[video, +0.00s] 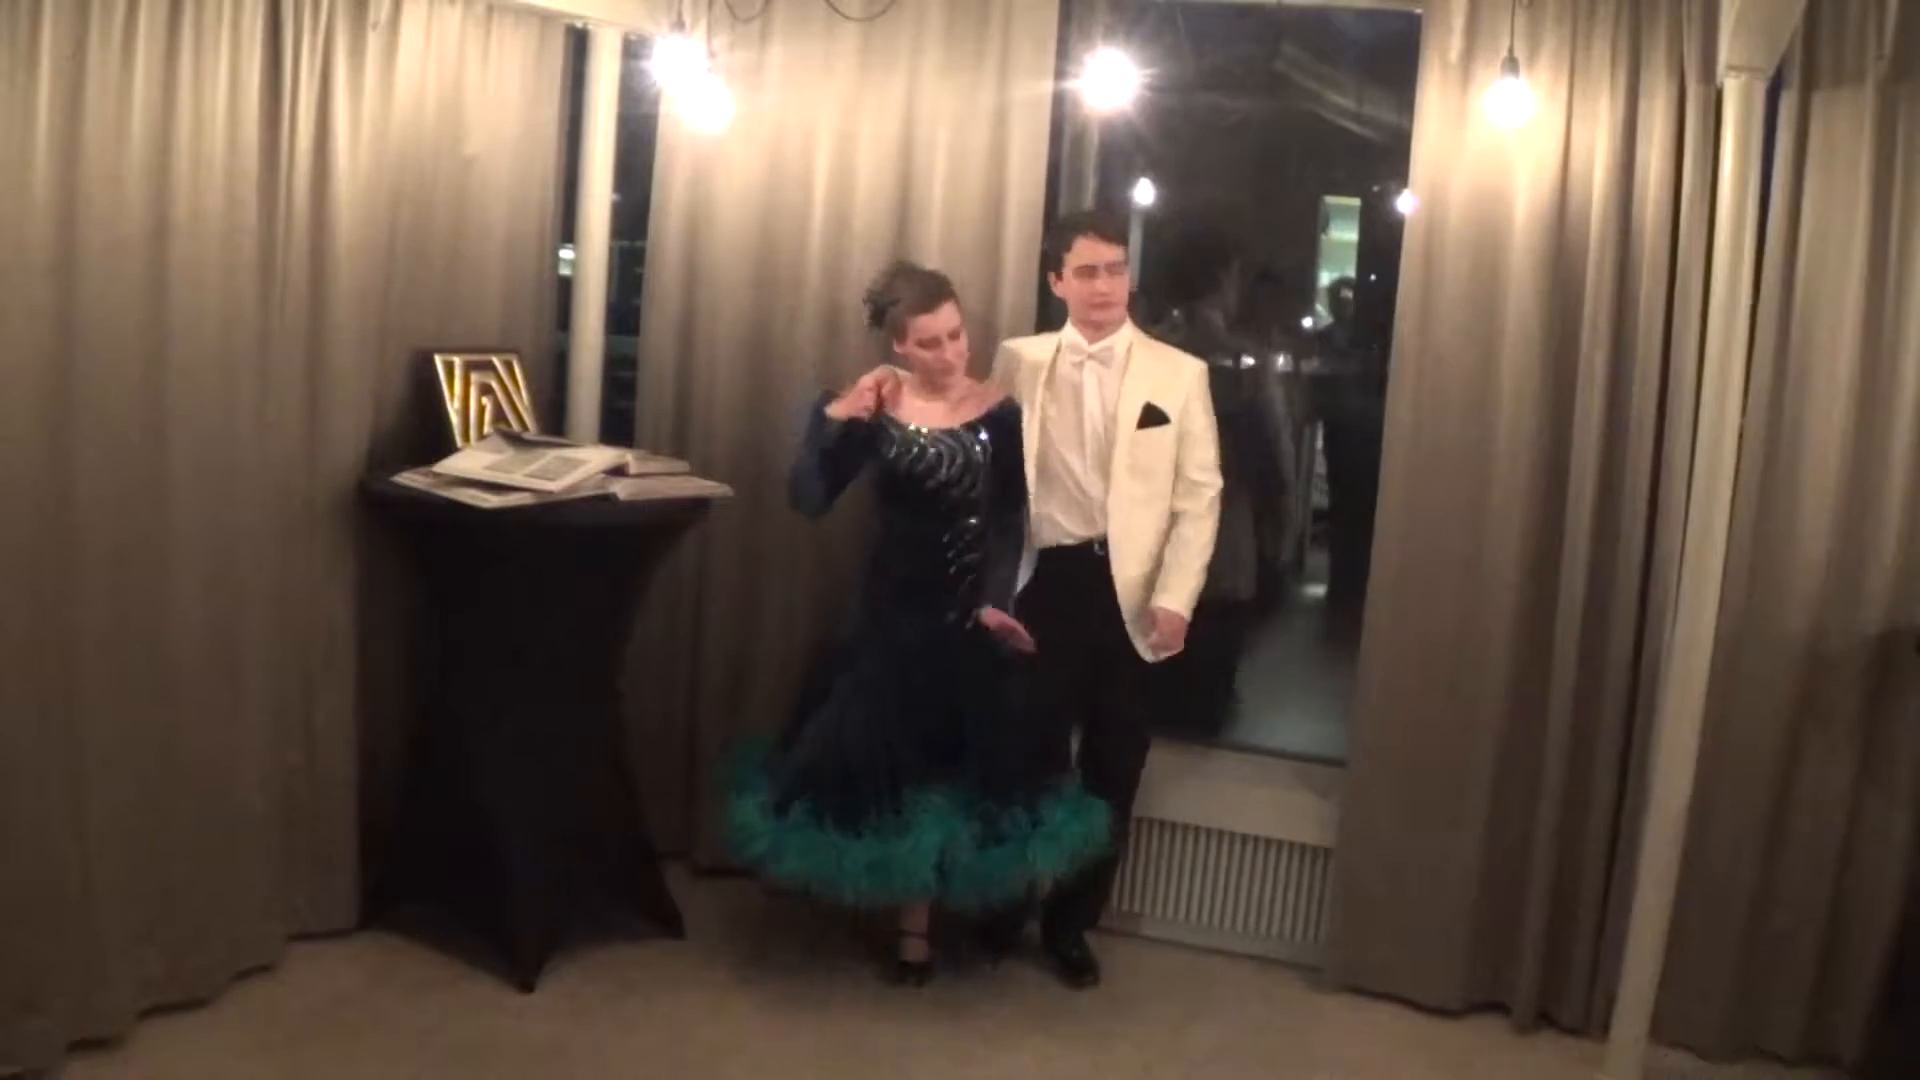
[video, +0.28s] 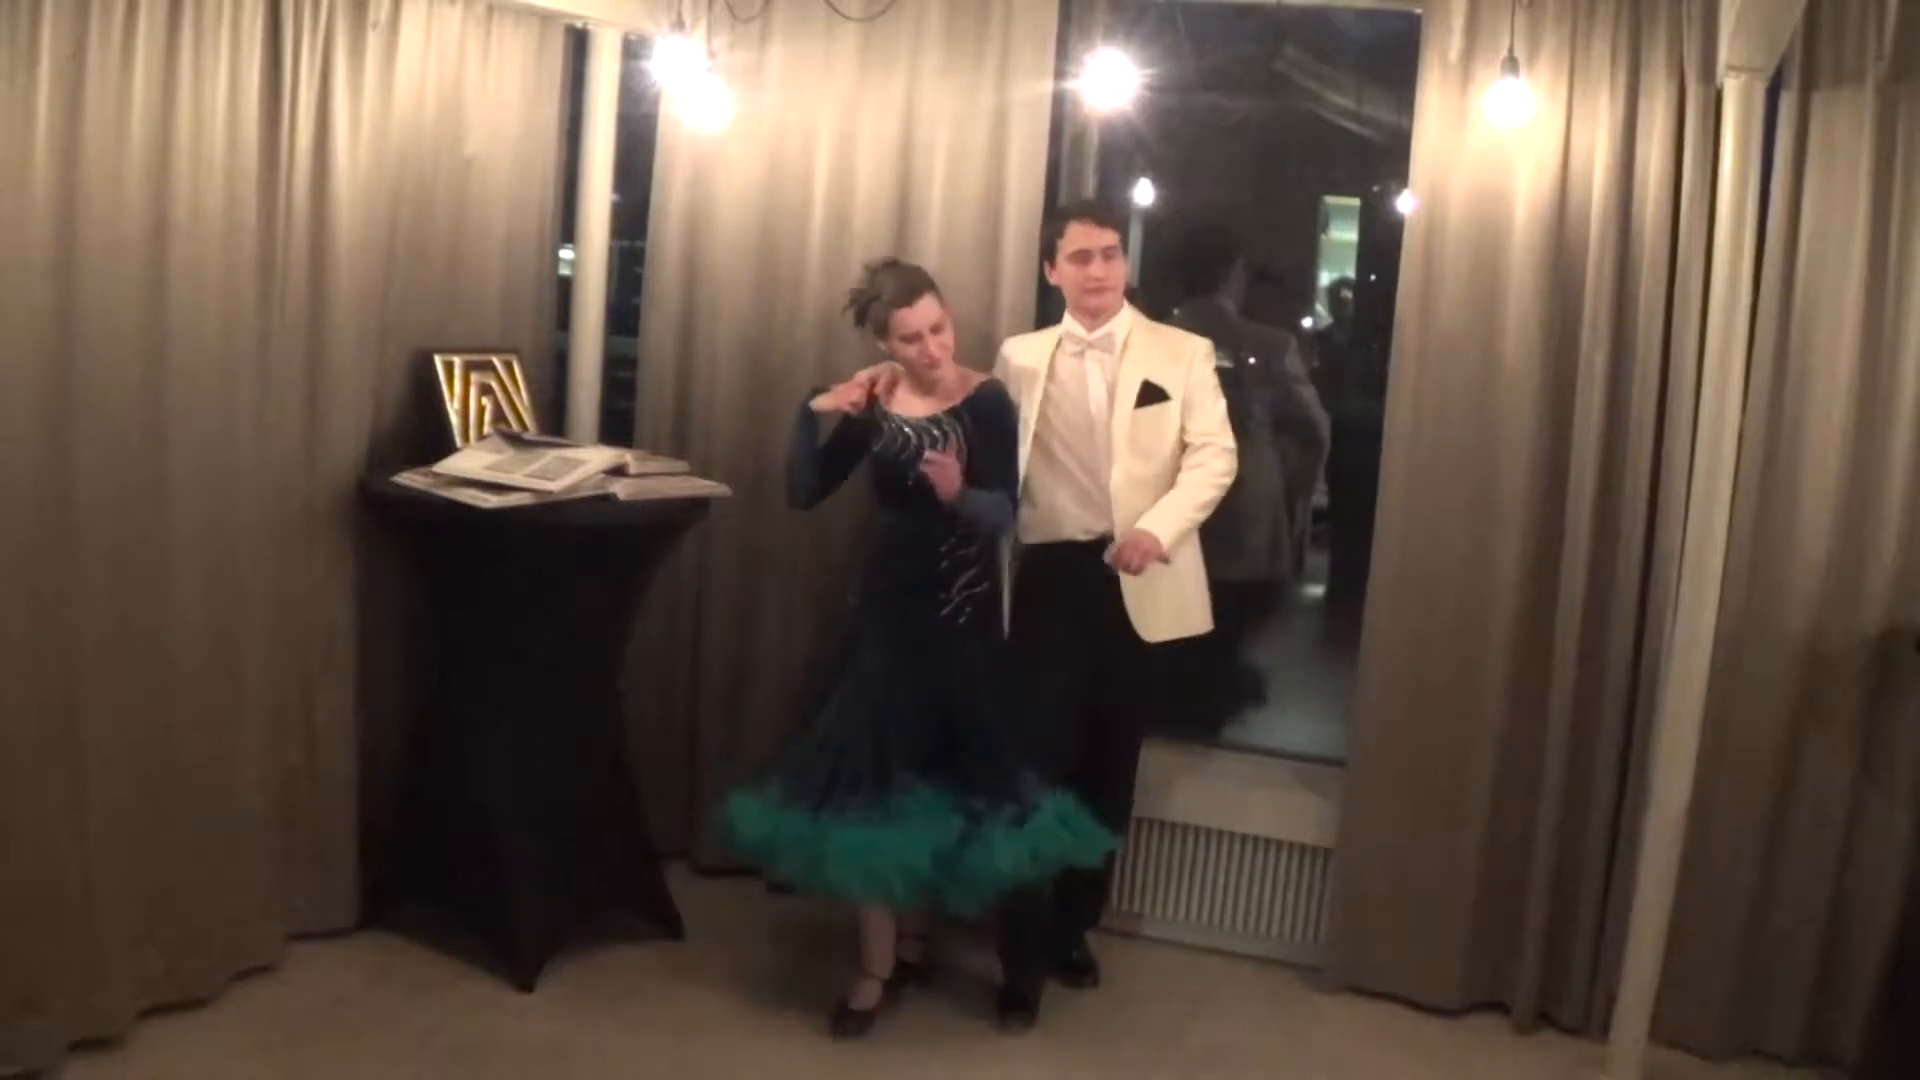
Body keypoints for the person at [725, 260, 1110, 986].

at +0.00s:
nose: (949, 354)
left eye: (955, 335)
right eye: (928, 343)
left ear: (968, 328)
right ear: (896, 346)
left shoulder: (997, 412)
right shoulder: (878, 408)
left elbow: (1011, 517)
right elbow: (811, 497)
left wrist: (997, 597)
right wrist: (835, 416)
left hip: (971, 610)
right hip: (896, 604)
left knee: (959, 756)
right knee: (902, 755)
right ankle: (903, 910)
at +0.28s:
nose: (932, 349)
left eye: (937, 330)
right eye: (913, 341)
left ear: (950, 318)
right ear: (886, 346)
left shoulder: (987, 401)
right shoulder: (873, 403)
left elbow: (1005, 509)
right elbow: (806, 490)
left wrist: (957, 494)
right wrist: (820, 417)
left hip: (965, 611)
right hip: (890, 604)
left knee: (940, 763)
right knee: (868, 759)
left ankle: (912, 928)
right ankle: (875, 954)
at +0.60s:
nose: (918, 330)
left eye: (926, 313)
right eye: (899, 320)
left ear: (940, 311)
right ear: (866, 332)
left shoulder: (974, 397)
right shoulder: (852, 402)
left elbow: (992, 509)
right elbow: (785, 493)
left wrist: (946, 519)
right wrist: (796, 420)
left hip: (954, 604)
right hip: (876, 598)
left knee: (934, 757)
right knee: (866, 759)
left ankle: (916, 922)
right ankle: (872, 956)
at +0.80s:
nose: (922, 336)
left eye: (930, 320)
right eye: (903, 325)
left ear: (943, 325)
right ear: (866, 336)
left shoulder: (971, 415)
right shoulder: (845, 408)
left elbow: (982, 529)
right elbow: (770, 495)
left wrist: (973, 625)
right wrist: (791, 423)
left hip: (941, 618)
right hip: (862, 611)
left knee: (935, 770)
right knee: (865, 777)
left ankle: (923, 920)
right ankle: (874, 955)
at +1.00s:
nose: (933, 323)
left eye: (940, 309)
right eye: (915, 309)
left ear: (948, 317)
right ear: (869, 317)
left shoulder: (968, 407)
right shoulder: (837, 393)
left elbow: (991, 525)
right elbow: (747, 479)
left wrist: (1055, 607)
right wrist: (788, 400)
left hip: (933, 617)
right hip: (850, 611)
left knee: (917, 793)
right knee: (848, 785)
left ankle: (883, 985)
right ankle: (878, 954)